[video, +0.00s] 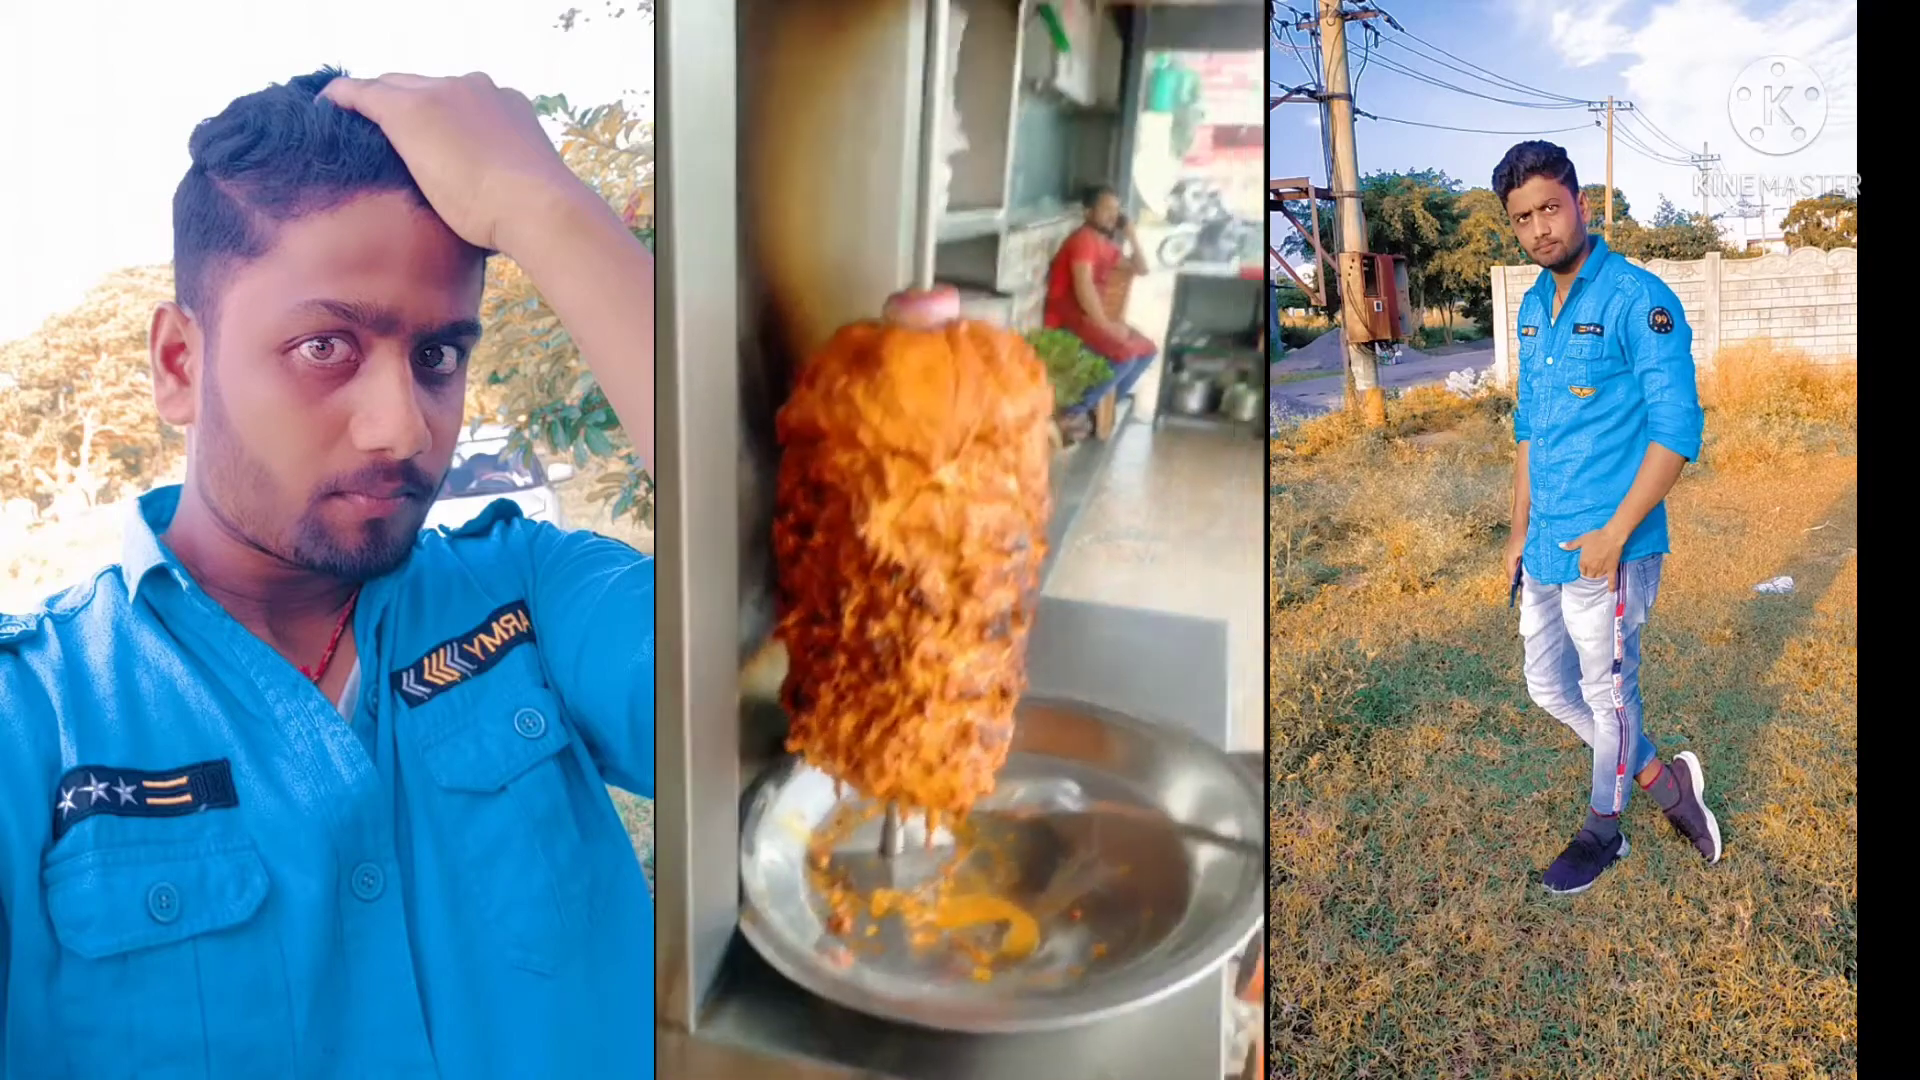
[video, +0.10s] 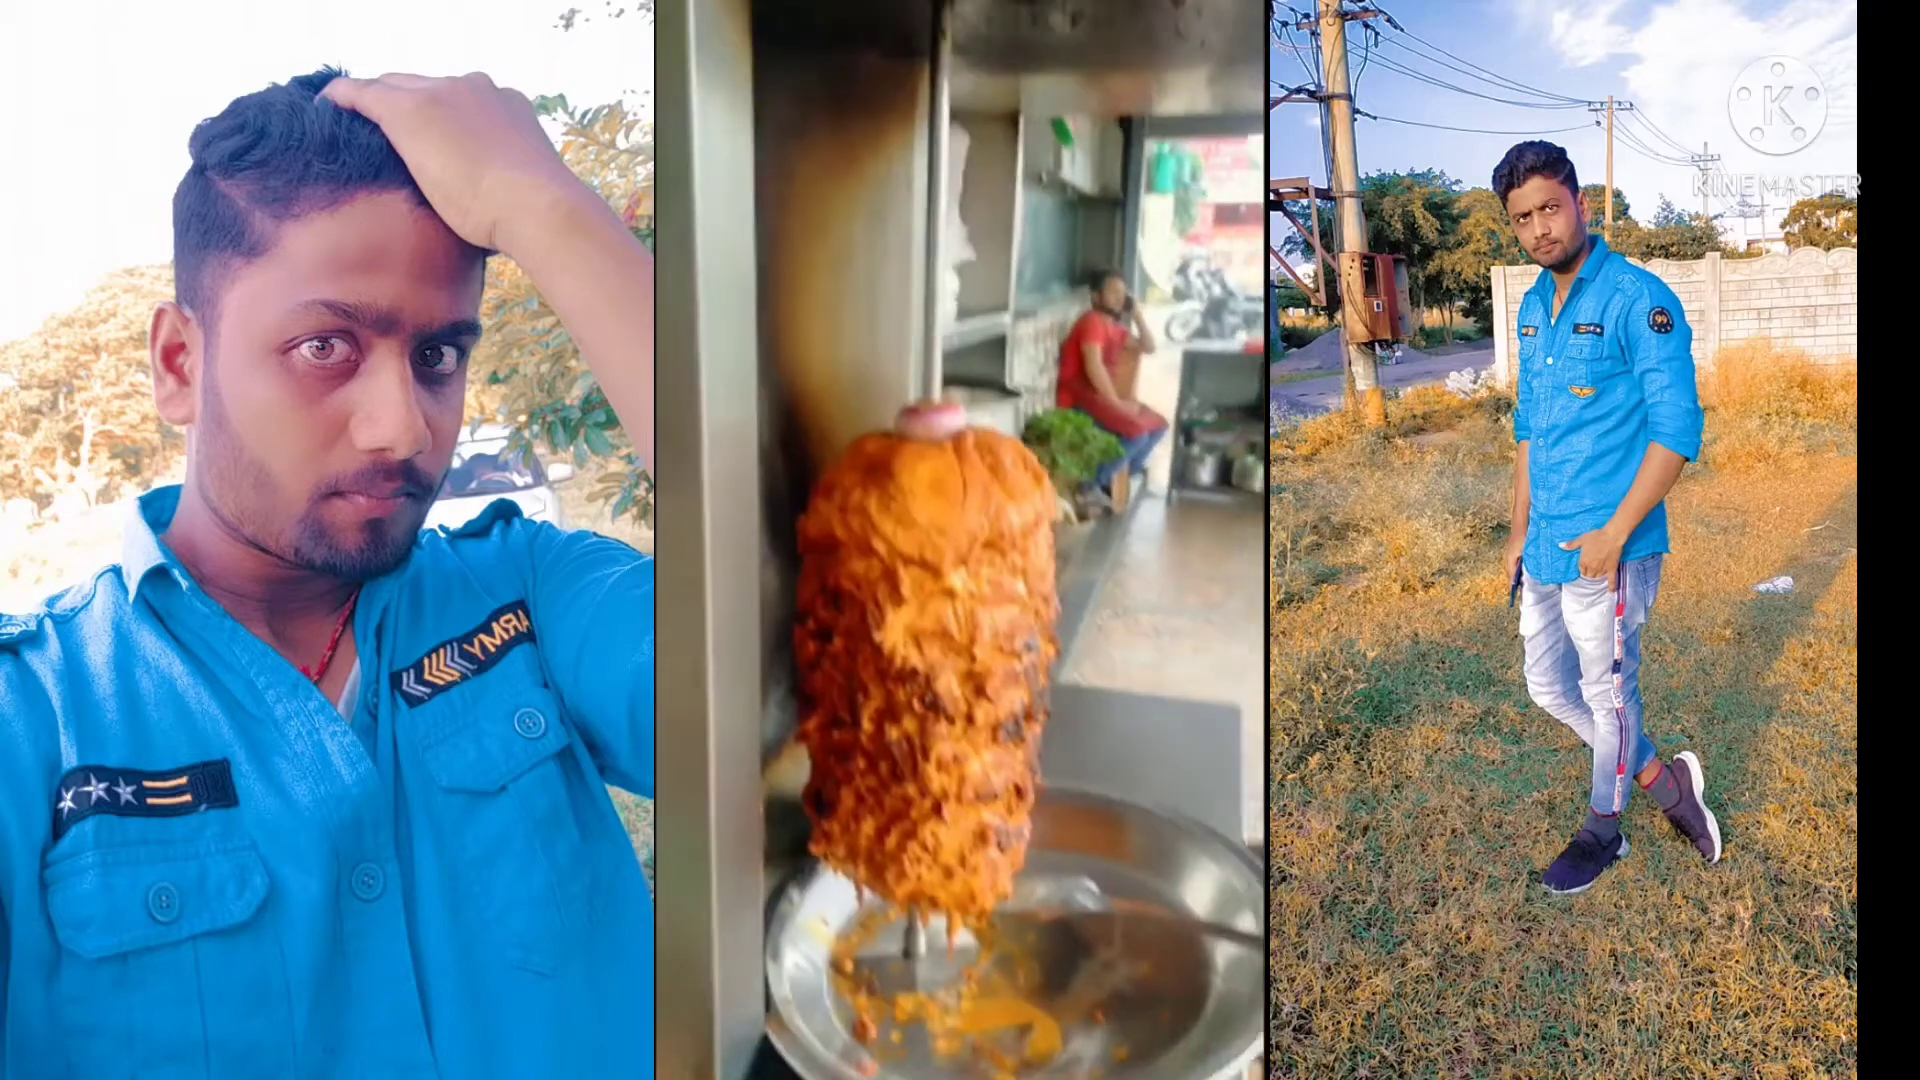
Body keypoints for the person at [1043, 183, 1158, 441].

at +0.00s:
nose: (1113, 215)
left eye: (1116, 209)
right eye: (1107, 208)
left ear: (1117, 213)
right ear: (1089, 210)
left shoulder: (1105, 245)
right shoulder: (1083, 240)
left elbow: (1140, 269)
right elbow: (1083, 286)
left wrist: (1131, 234)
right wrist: (1105, 325)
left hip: (1091, 318)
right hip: (1068, 320)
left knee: (1146, 349)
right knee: (1124, 355)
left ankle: (1105, 405)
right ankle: (1078, 411)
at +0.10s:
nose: (1120, 297)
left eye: (1122, 292)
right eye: (1113, 292)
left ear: (1125, 297)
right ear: (1097, 295)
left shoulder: (1114, 327)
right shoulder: (1093, 322)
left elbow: (1147, 347)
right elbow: (1093, 366)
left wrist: (1136, 313)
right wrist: (1117, 403)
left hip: (1102, 396)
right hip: (1080, 399)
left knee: (1157, 425)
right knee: (1137, 431)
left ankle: (1123, 475)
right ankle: (1094, 484)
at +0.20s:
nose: (1138, 348)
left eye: (1141, 342)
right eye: (1132, 342)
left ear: (1143, 347)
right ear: (1115, 345)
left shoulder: (1133, 377)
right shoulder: (1112, 372)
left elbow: (1167, 396)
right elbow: (1112, 415)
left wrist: (1155, 363)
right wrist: (1136, 450)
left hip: (1122, 444)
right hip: (1099, 447)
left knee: (1179, 473)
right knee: (1156, 480)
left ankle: (1141, 528)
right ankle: (1113, 534)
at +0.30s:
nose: (1141, 365)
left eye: (1143, 360)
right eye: (1134, 360)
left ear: (1145, 365)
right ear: (1116, 363)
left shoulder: (1136, 394)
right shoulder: (1113, 389)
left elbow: (1171, 415)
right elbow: (1115, 433)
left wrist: (1157, 382)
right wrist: (1141, 469)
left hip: (1126, 462)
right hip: (1103, 465)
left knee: (1184, 493)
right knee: (1162, 499)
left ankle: (1146, 546)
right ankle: (1117, 552)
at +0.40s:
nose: (1093, 318)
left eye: (1095, 313)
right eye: (1086, 312)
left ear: (1097, 318)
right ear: (1069, 316)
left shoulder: (1088, 347)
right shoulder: (1065, 342)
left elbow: (1122, 368)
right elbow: (1068, 386)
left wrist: (1109, 336)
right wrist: (1092, 422)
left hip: (1080, 415)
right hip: (1057, 418)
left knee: (1135, 445)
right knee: (1115, 451)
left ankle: (1101, 498)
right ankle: (1074, 507)